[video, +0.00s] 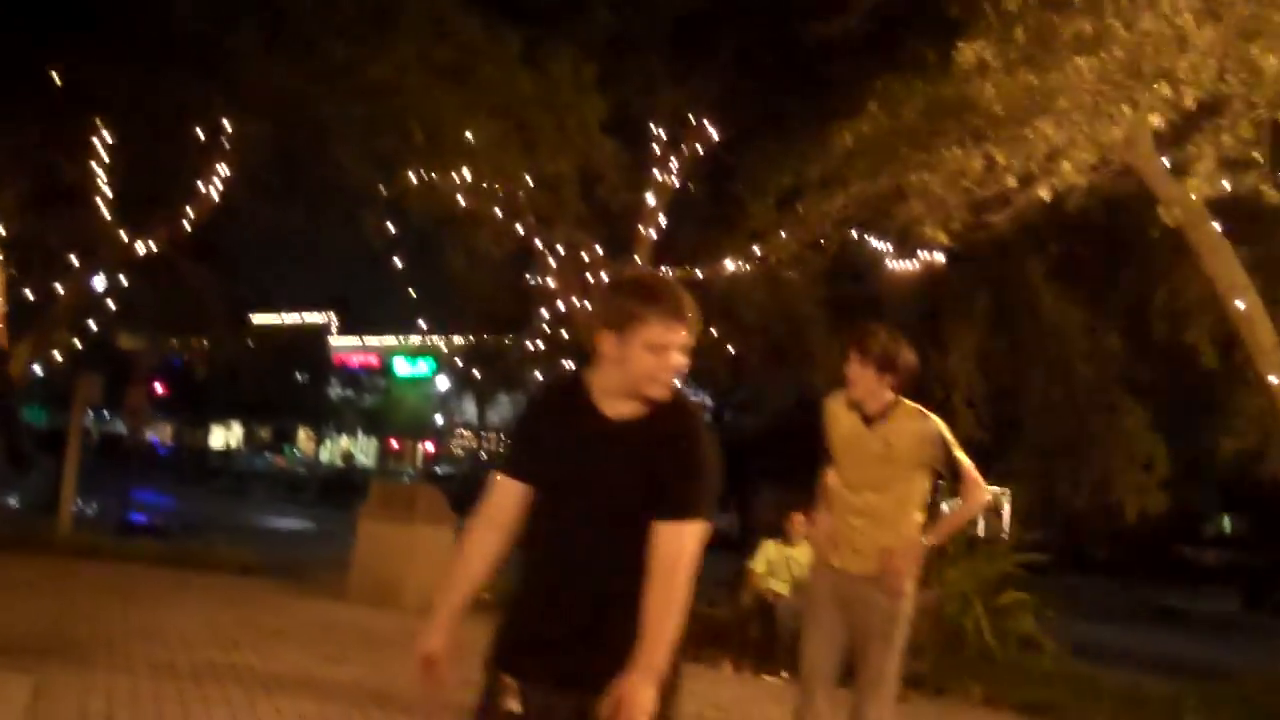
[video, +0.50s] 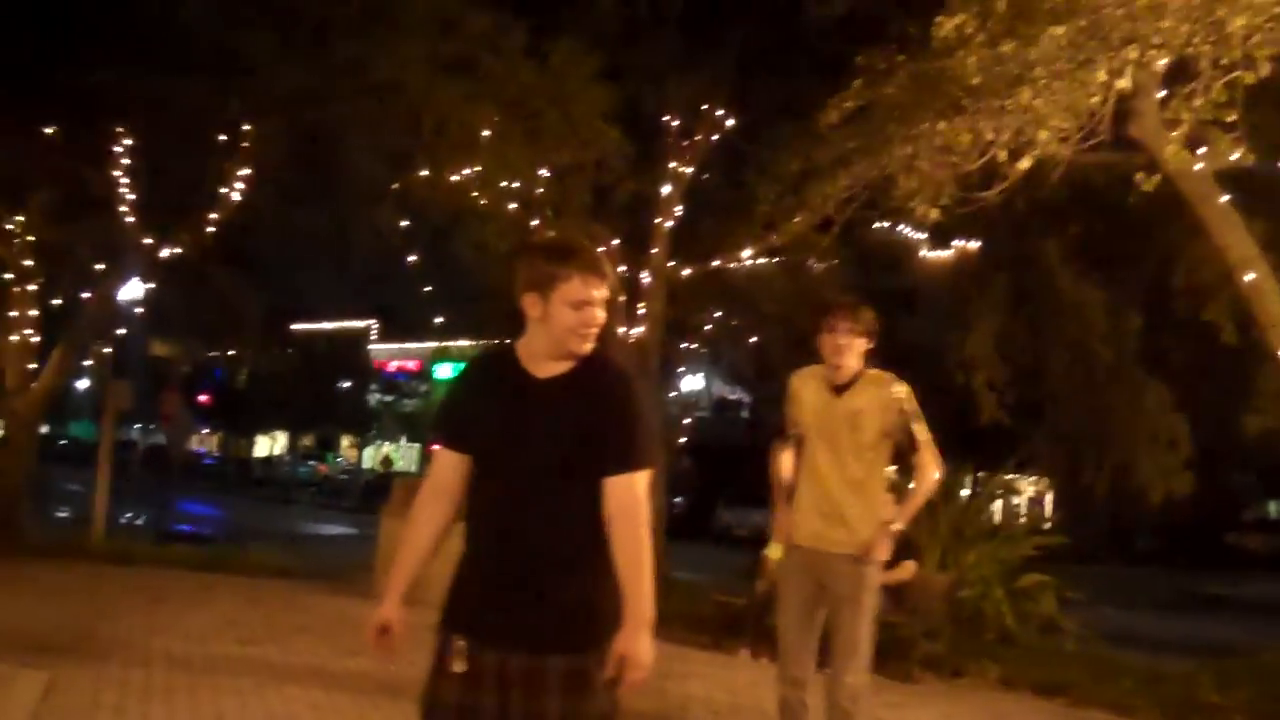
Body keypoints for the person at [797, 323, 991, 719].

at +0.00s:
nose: (848, 371)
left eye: (859, 364)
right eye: (849, 361)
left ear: (887, 378)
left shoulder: (924, 428)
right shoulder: (834, 410)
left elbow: (976, 493)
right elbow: (829, 468)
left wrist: (923, 544)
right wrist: (821, 514)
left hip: (888, 577)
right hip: (830, 567)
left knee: (874, 697)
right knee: (812, 687)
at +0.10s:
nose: (836, 348)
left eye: (847, 341)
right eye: (836, 338)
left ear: (875, 352)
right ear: (837, 342)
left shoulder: (907, 404)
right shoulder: (818, 388)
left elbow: (961, 468)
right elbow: (813, 442)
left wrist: (909, 518)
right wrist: (804, 494)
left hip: (870, 557)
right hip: (812, 551)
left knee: (854, 687)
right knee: (791, 671)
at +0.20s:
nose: (839, 336)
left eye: (850, 330)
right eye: (837, 327)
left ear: (877, 340)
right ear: (832, 329)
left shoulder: (904, 390)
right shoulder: (814, 376)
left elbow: (956, 454)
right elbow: (806, 429)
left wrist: (910, 506)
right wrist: (801, 480)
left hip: (869, 548)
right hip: (810, 540)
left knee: (852, 680)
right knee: (786, 666)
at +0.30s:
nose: (836, 331)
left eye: (848, 323)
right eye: (832, 321)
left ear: (870, 332)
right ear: (823, 325)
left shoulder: (897, 385)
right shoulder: (804, 374)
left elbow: (944, 451)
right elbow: (794, 427)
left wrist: (901, 506)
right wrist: (788, 480)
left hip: (862, 544)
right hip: (802, 536)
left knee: (847, 679)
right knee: (780, 670)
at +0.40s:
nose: (853, 334)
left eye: (864, 325)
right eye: (846, 323)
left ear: (882, 335)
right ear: (834, 329)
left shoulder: (908, 387)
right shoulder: (815, 376)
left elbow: (950, 459)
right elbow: (801, 433)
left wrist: (910, 513)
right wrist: (797, 491)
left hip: (875, 548)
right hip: (815, 541)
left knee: (865, 682)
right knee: (800, 677)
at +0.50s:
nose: (839, 343)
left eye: (850, 334)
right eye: (832, 332)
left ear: (868, 343)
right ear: (819, 339)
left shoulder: (892, 393)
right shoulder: (801, 385)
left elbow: (930, 468)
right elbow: (790, 445)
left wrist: (895, 527)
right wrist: (782, 506)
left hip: (858, 555)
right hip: (800, 547)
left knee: (848, 684)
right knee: (792, 677)